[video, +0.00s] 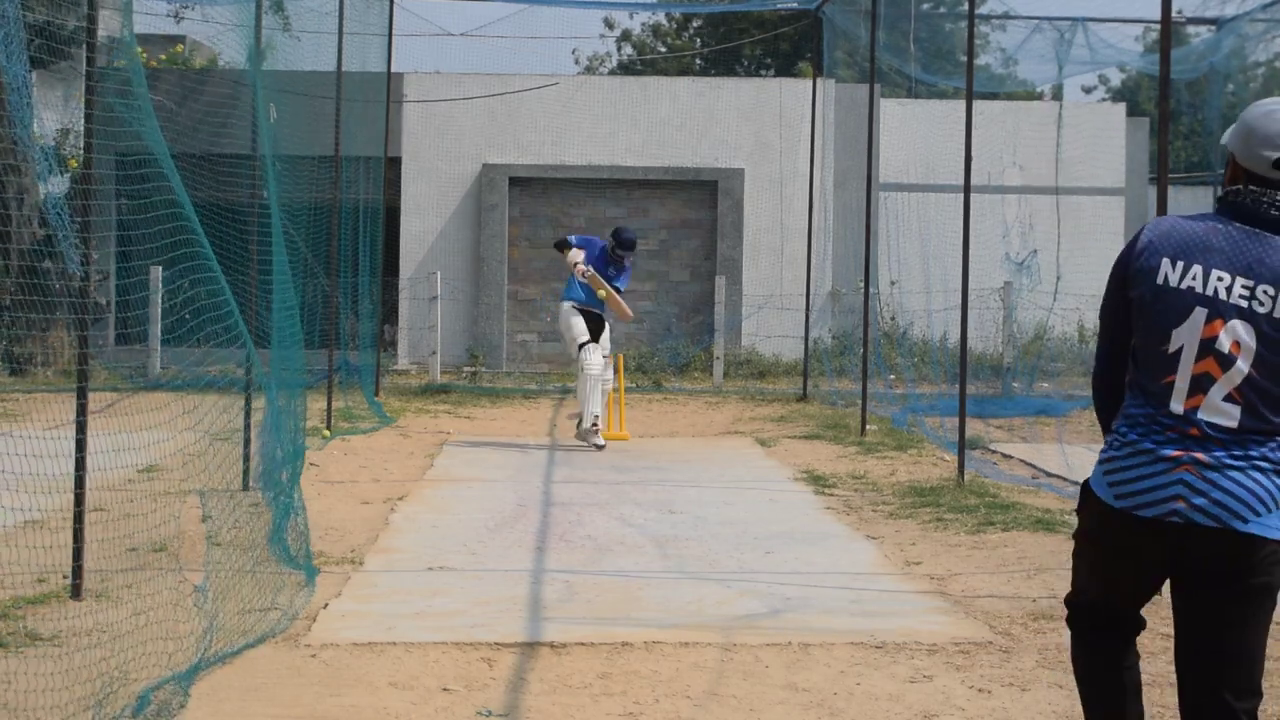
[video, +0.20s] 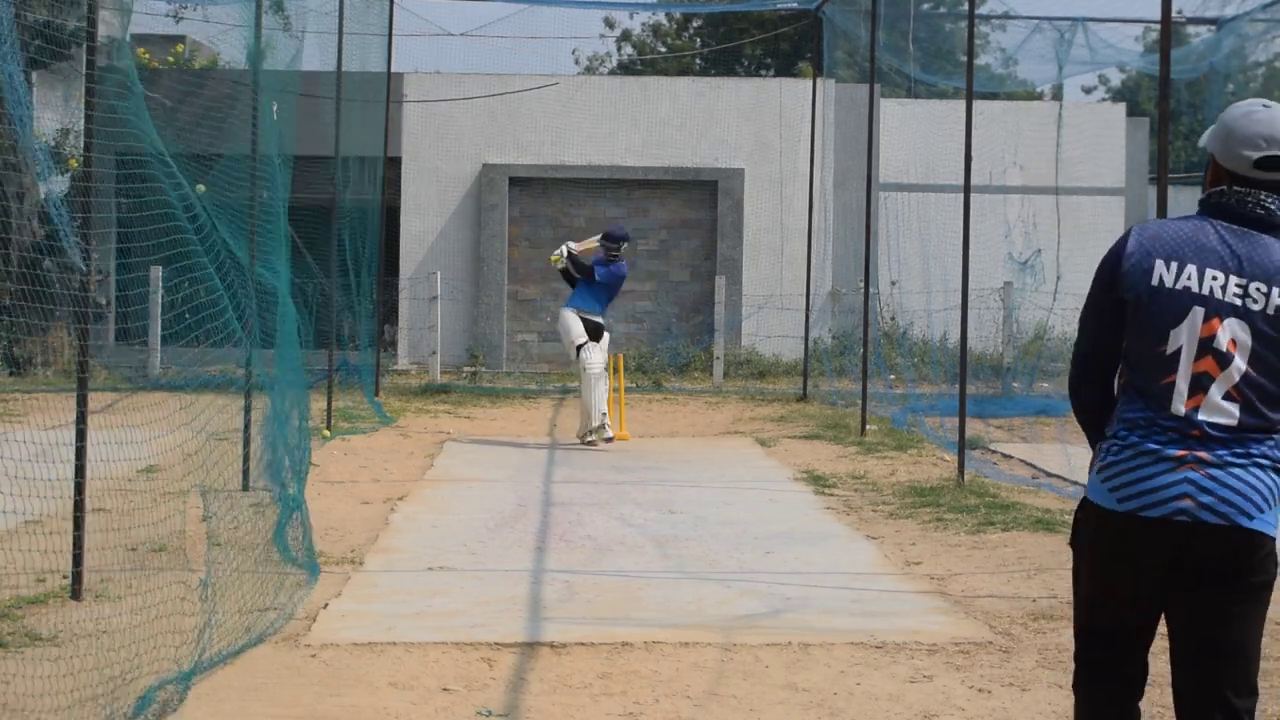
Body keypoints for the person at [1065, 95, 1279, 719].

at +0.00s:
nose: (1231, 170)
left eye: (1232, 162)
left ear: (1231, 169)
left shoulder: (1157, 240)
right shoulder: (1277, 264)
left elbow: (1109, 377)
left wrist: (1136, 456)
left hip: (1130, 501)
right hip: (1246, 519)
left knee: (1101, 621)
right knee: (1224, 700)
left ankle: (1116, 716)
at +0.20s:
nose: (1204, 172)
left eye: (1208, 164)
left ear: (1213, 170)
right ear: (1279, 185)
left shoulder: (1141, 246)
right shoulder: (1277, 265)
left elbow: (1087, 385)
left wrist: (1131, 458)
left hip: (1125, 508)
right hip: (1242, 519)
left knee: (1105, 689)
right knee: (1221, 699)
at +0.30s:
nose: (1190, 174)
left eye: (1194, 166)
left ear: (1202, 171)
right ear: (1273, 183)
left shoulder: (1139, 246)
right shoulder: (1277, 263)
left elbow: (1082, 381)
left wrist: (1130, 454)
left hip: (1124, 514)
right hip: (1240, 522)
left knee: (1103, 704)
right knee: (1220, 705)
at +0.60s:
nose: (1114, 214)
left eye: (1116, 199)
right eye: (1112, 201)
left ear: (1139, 187)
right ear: (1190, 187)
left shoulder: (1114, 251)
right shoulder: (1254, 273)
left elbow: (1066, 386)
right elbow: (1252, 401)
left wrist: (1114, 457)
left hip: (1127, 512)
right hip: (1230, 517)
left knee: (1056, 696)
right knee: (1201, 701)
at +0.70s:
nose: (1089, 226)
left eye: (1089, 210)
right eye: (1085, 214)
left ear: (1113, 193)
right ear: (1167, 193)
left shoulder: (1097, 254)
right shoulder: (1235, 276)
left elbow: (1056, 397)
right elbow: (1238, 406)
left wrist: (1093, 477)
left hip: (1120, 510)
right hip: (1222, 516)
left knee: (1041, 696)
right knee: (1196, 701)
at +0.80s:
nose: (1045, 243)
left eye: (1045, 227)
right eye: (1041, 231)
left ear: (1067, 203)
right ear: (1123, 205)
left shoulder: (1057, 263)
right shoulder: (1197, 277)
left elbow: (1028, 399)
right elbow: (1216, 410)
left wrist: (1009, 502)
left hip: (1101, 515)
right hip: (1205, 520)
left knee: (1014, 699)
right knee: (1181, 703)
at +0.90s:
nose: (1007, 261)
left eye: (1006, 246)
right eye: (1002, 250)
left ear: (1028, 220)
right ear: (1084, 217)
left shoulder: (1019, 280)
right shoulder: (1159, 281)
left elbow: (989, 416)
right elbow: (1193, 409)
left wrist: (954, 536)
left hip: (1082, 523)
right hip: (1187, 524)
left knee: (994, 705)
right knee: (1173, 707)